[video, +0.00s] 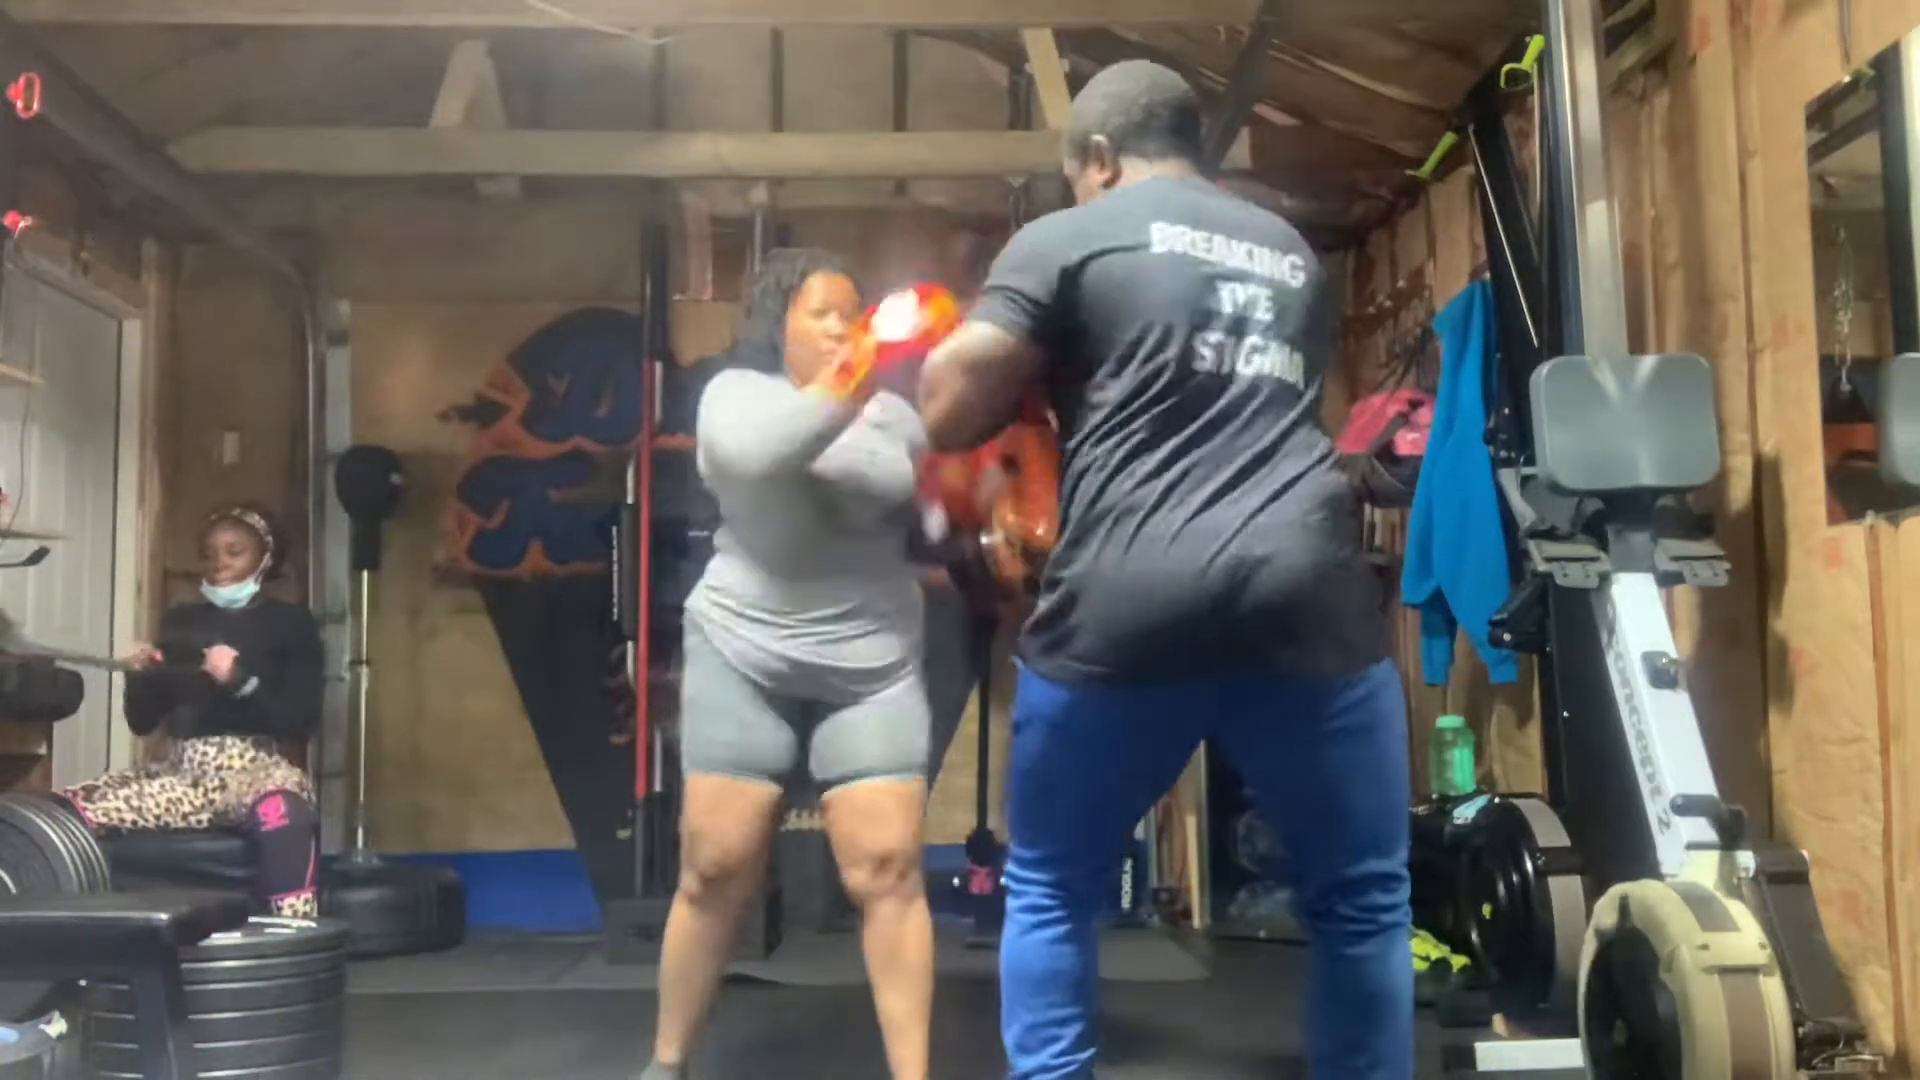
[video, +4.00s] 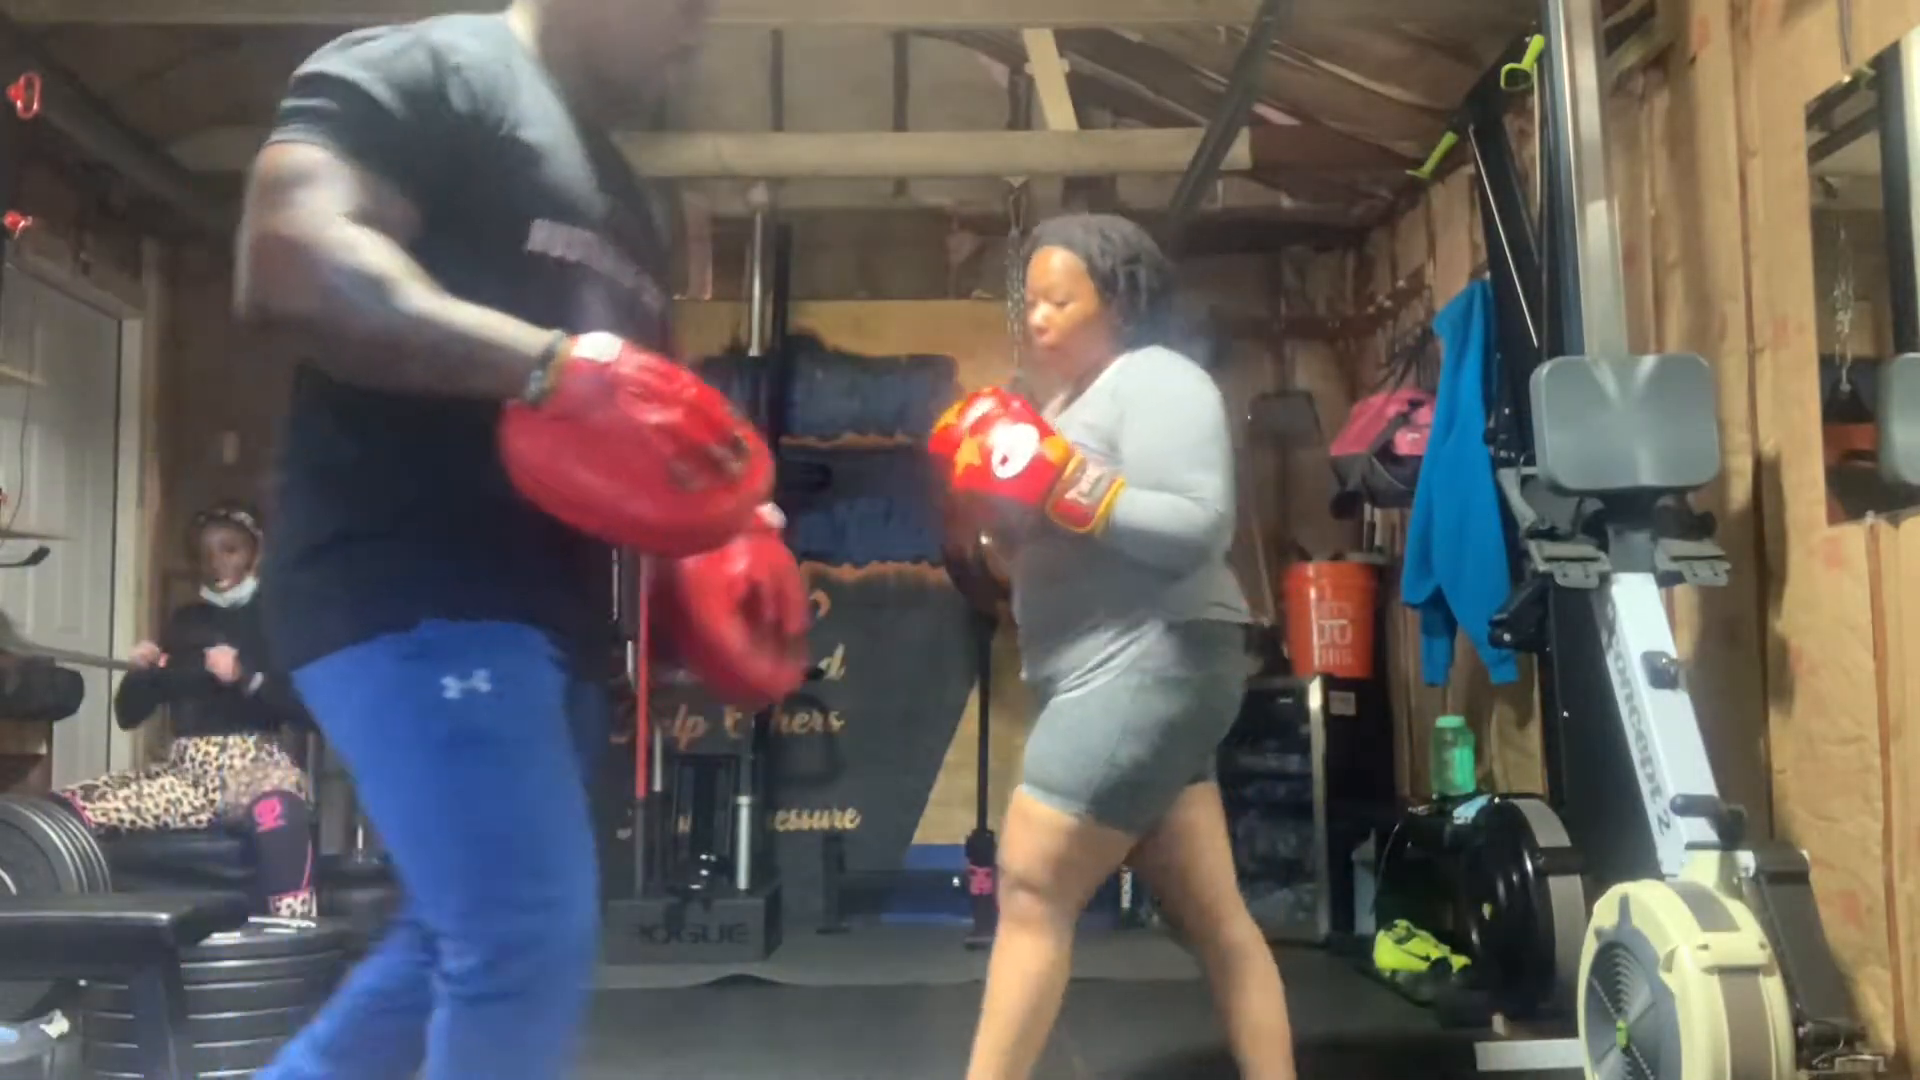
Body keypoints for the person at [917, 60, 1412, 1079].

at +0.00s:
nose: (1071, 191)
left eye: (1072, 173)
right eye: (1072, 175)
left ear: (1101, 162)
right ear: (1201, 153)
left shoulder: (1068, 237)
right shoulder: (1295, 251)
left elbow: (949, 416)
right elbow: (1267, 400)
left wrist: (1036, 346)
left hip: (1124, 596)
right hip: (1308, 597)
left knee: (1052, 890)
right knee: (1362, 909)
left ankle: (1049, 1072)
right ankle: (1368, 1077)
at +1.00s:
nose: (1212, 203)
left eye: (1209, 185)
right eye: (1210, 188)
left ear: (1239, 159)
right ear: (1331, 141)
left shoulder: (1189, 253)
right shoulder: (1485, 232)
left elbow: (1137, 456)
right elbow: (1523, 408)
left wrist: (1241, 502)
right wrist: (1409, 455)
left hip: (1269, 603)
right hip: (1472, 604)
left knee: (1150, 878)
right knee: (1527, 908)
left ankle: (1115, 1073)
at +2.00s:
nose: (770, 240)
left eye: (765, 231)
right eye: (765, 227)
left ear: (643, 236)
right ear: (737, 220)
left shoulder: (561, 356)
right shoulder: (833, 293)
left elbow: (568, 541)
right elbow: (909, 407)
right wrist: (935, 508)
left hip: (645, 652)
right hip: (834, 648)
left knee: (615, 891)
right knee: (902, 915)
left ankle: (630, 1069)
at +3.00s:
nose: (435, 91)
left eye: (439, 66)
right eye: (429, 56)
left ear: (342, 33)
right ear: (349, 25)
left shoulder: (319, 172)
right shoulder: (249, 126)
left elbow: (373, 337)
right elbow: (251, 323)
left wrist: (520, 286)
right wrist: (449, 407)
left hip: (286, 624)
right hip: (162, 612)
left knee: (370, 855)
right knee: (118, 941)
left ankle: (384, 1071)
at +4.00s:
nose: (695, 40)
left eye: (702, 20)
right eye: (687, 9)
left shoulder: (630, 199)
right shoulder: (421, 63)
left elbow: (640, 406)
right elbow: (290, 259)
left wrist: (726, 527)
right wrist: (548, 366)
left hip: (542, 605)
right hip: (408, 593)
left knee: (460, 938)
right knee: (526, 941)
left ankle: (301, 1079)